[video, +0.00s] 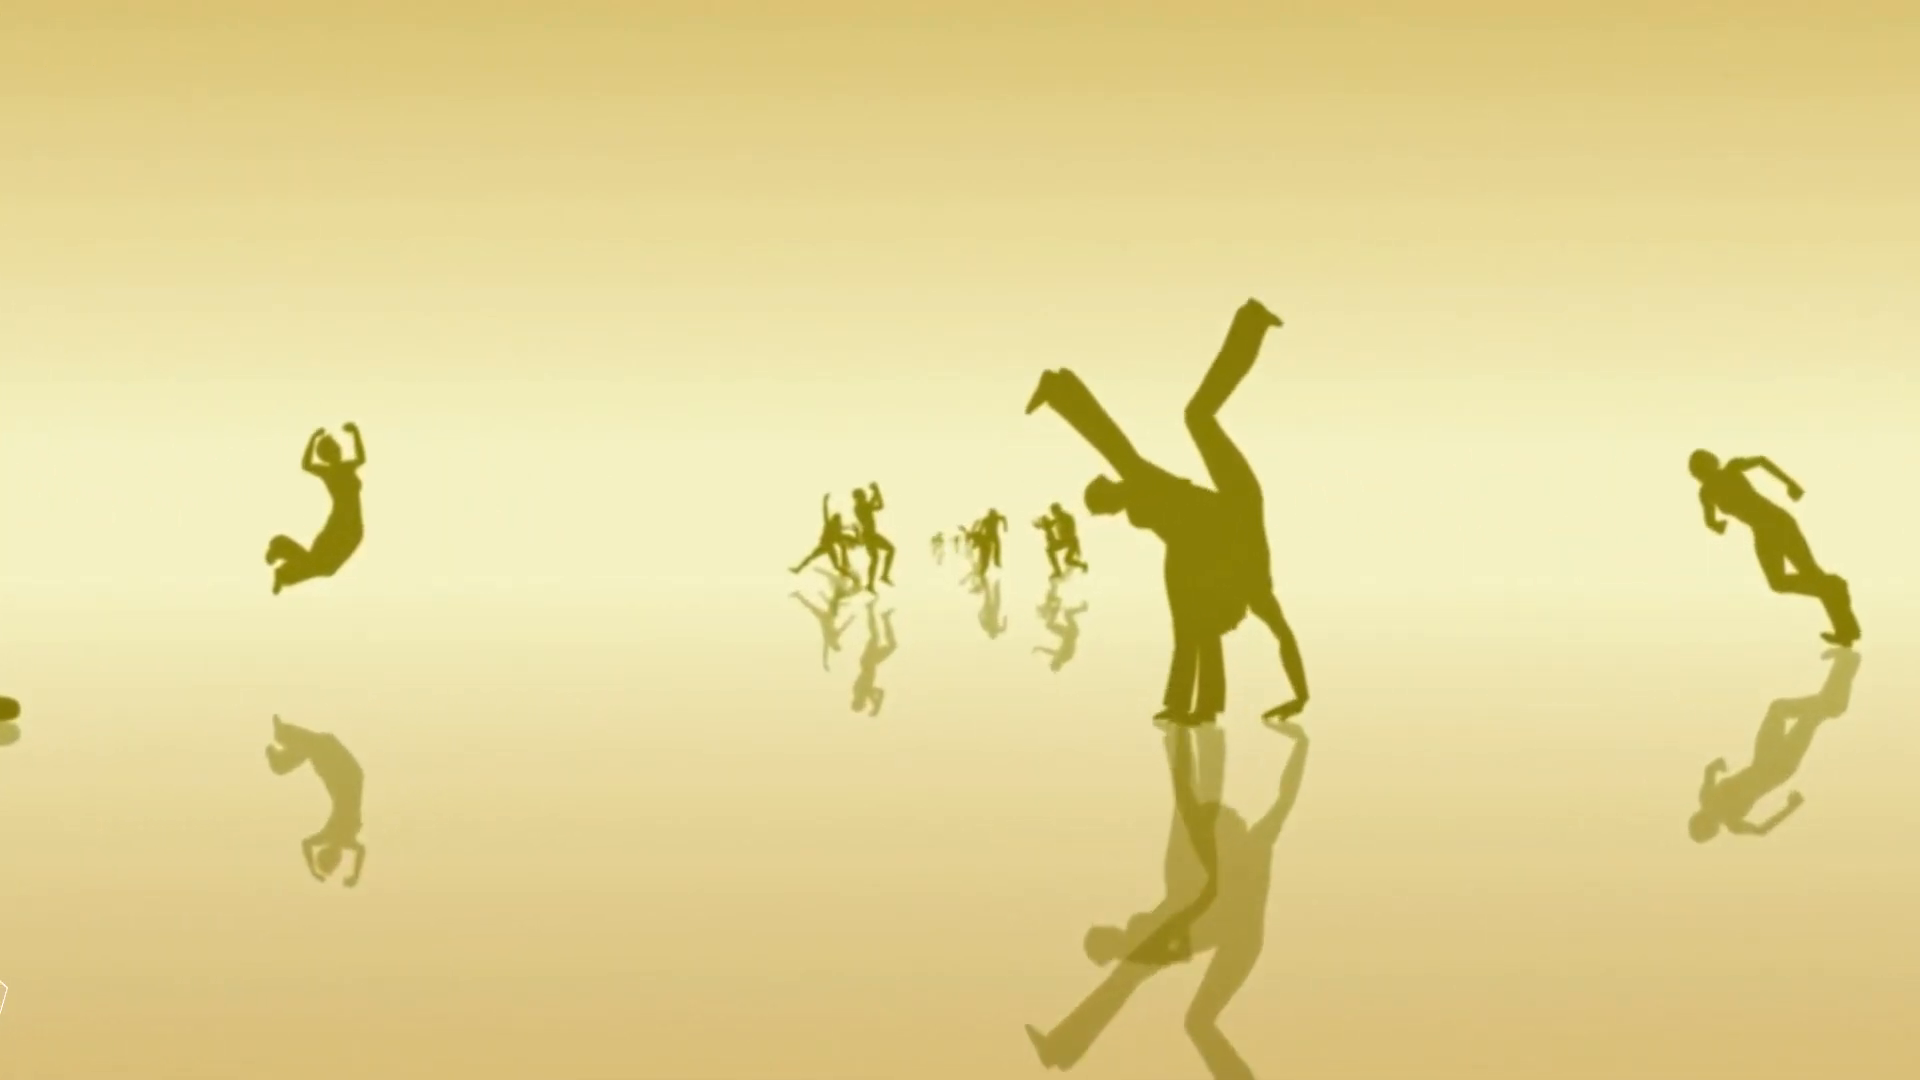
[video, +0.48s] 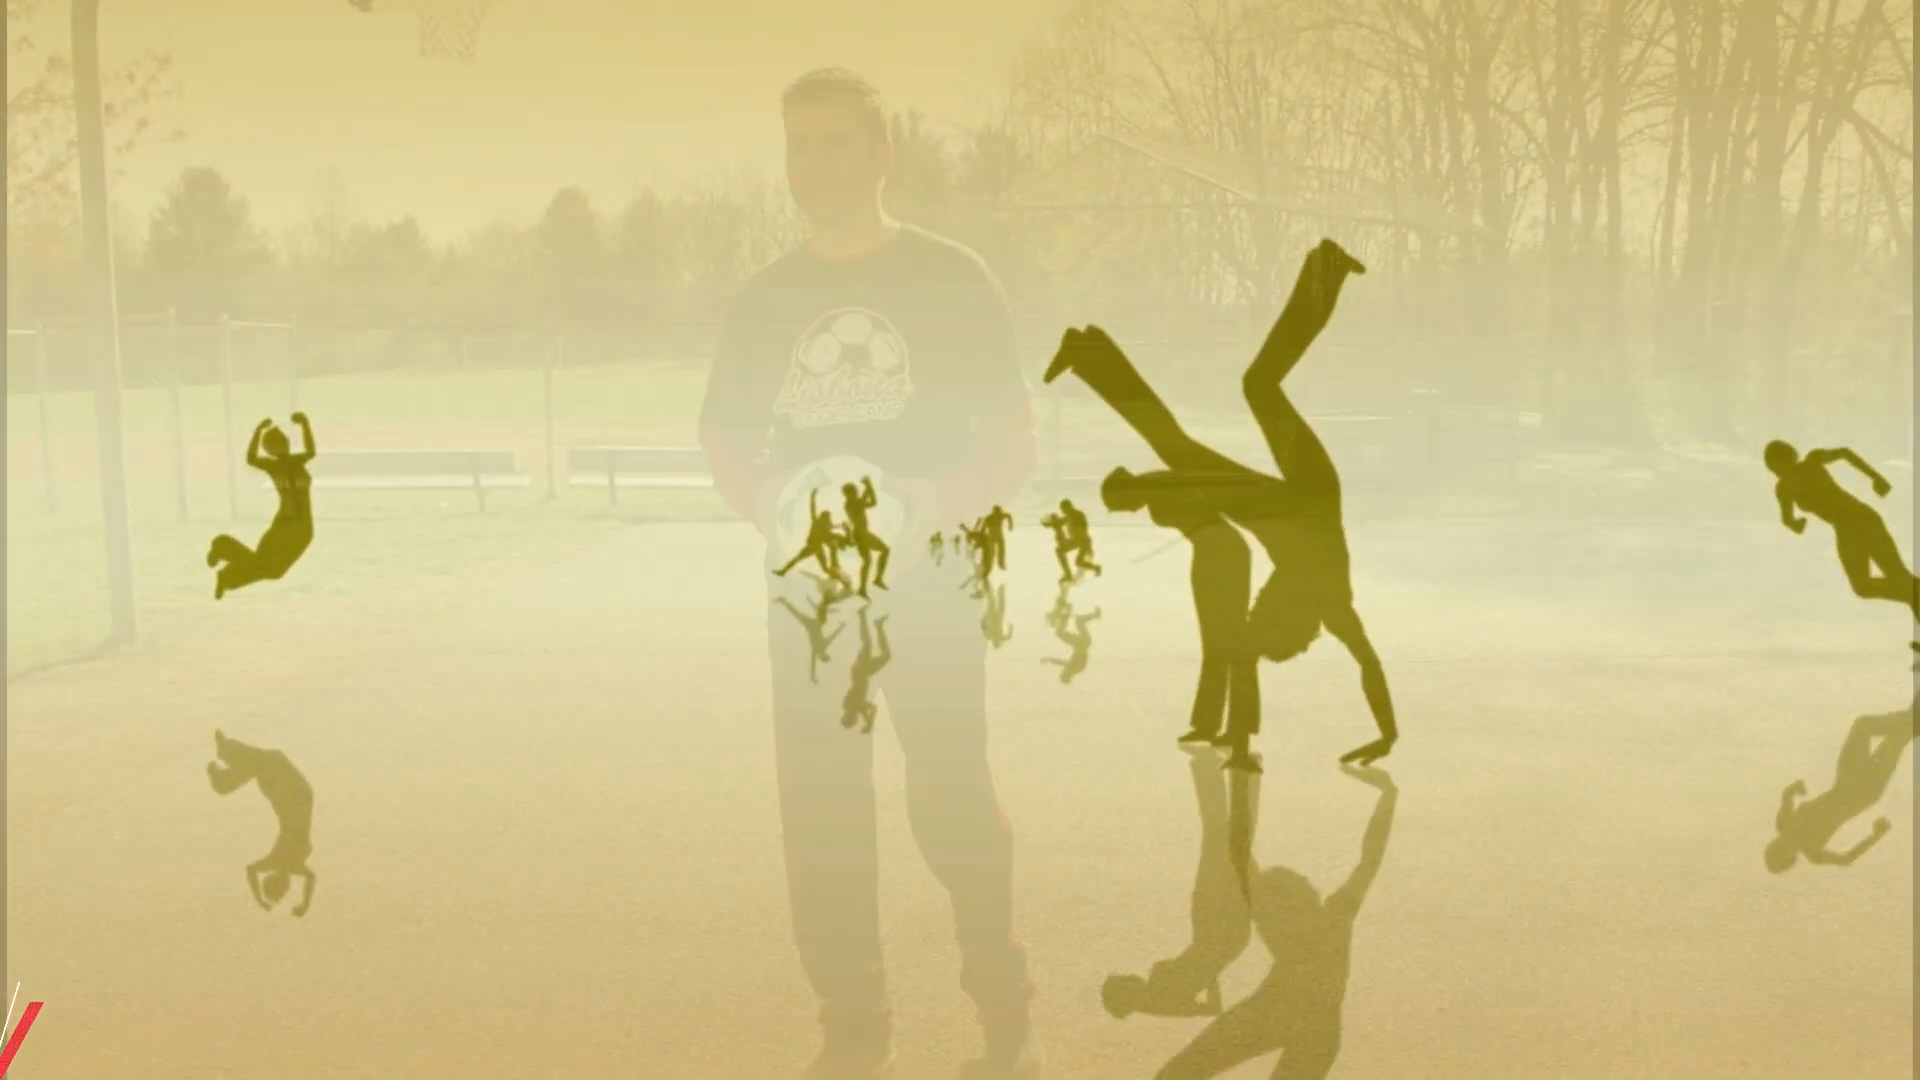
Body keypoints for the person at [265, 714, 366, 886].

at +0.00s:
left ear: (335, 856)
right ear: (322, 853)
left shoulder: (346, 841)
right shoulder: (325, 838)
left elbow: (362, 849)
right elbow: (305, 843)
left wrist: (355, 875)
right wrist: (312, 870)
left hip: (330, 747)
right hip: (317, 747)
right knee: (279, 767)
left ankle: (282, 730)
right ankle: (270, 749)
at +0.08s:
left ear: (324, 862)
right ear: (311, 859)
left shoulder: (335, 847)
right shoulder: (314, 843)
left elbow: (351, 855)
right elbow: (294, 849)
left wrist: (345, 882)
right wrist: (300, 876)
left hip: (320, 752)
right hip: (306, 751)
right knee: (267, 771)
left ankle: (270, 733)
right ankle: (257, 753)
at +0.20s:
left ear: (316, 866)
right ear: (303, 863)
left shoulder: (327, 851)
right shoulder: (307, 847)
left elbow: (343, 859)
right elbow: (286, 853)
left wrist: (337, 886)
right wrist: (293, 881)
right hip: (298, 753)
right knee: (258, 774)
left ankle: (262, 736)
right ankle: (249, 756)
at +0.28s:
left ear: (305, 872)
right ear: (291, 868)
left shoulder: (315, 857)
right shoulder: (293, 853)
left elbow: (332, 865)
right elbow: (272, 859)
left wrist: (325, 893)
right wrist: (280, 887)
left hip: (298, 757)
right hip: (285, 756)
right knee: (245, 779)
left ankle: (248, 740)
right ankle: (235, 760)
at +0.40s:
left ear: (297, 876)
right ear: (283, 872)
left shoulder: (307, 860)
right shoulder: (286, 857)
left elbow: (324, 870)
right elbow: (263, 863)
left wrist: (317, 898)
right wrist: (271, 891)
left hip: (290, 761)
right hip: (276, 760)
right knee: (236, 782)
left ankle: (239, 742)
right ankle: (226, 762)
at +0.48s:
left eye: (275, 894)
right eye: (271, 893)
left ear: (283, 882)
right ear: (271, 879)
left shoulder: (294, 866)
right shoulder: (273, 863)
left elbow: (312, 876)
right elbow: (250, 870)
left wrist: (305, 905)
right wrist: (259, 899)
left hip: (277, 765)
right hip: (264, 764)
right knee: (222, 786)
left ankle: (225, 747)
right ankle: (212, 768)